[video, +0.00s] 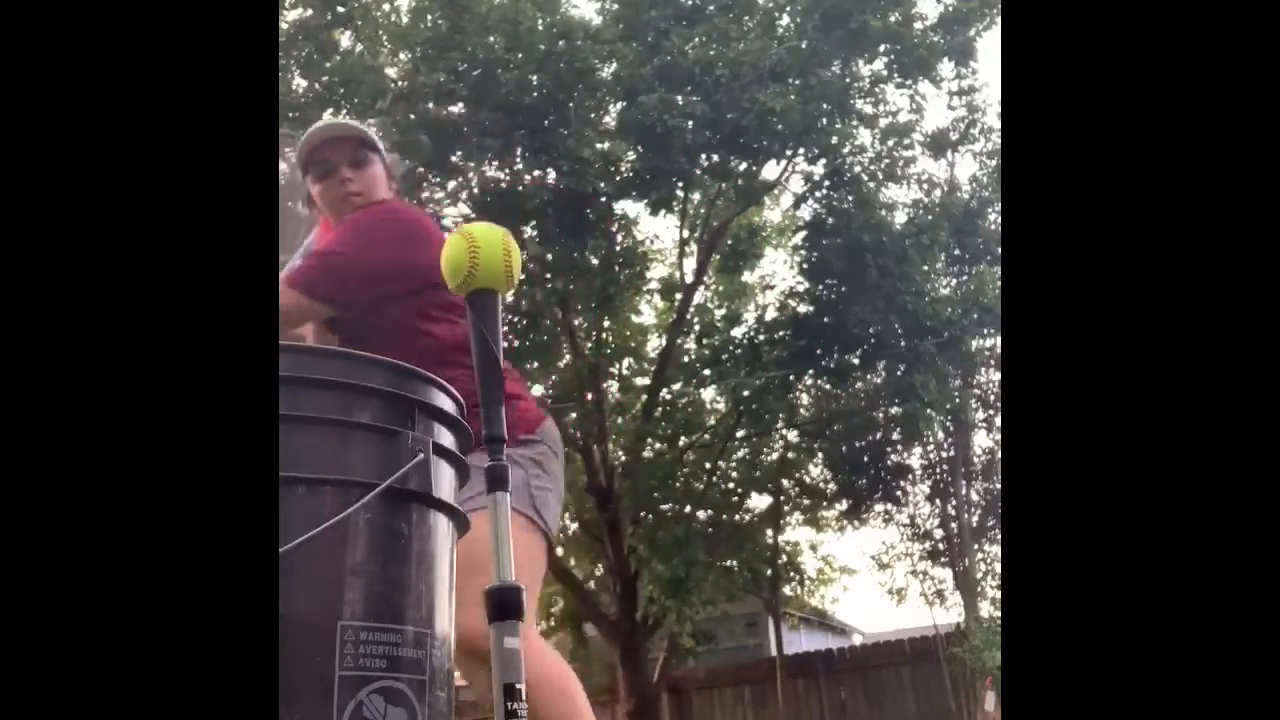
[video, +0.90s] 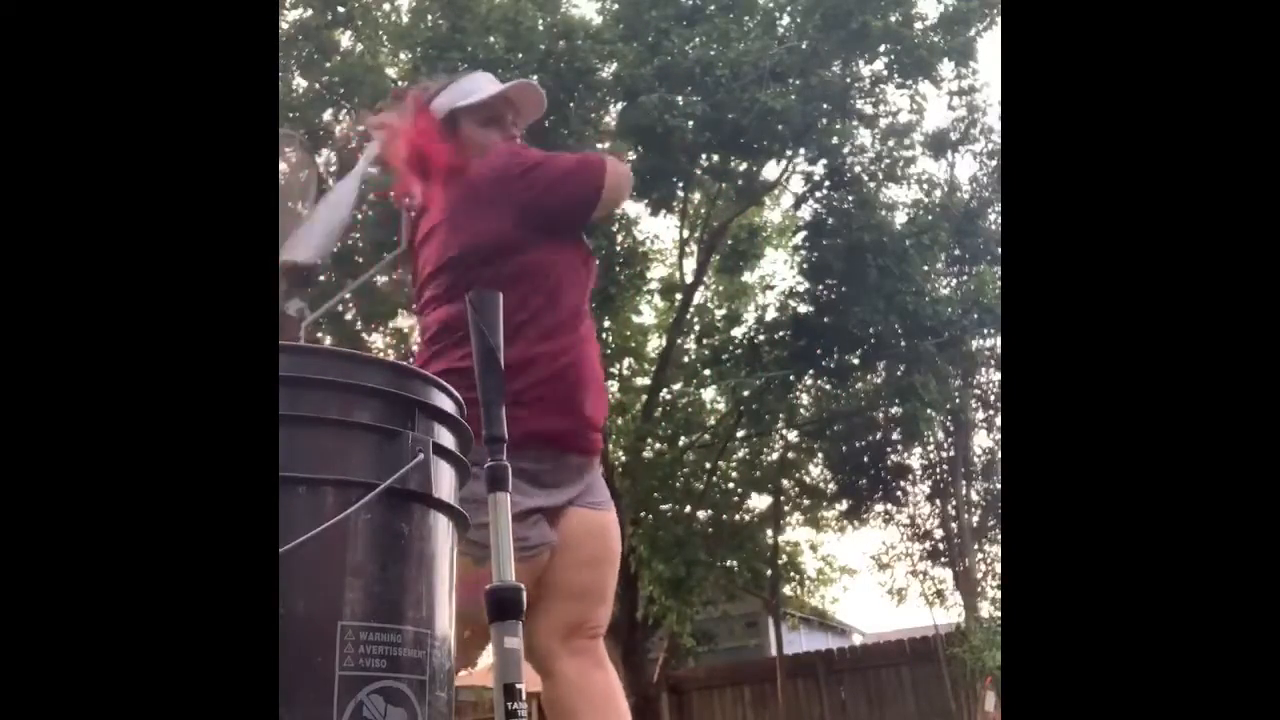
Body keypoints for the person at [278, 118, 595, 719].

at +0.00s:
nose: (346, 177)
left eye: (360, 160)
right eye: (325, 170)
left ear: (387, 172)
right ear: (312, 197)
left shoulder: (390, 224)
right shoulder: (327, 245)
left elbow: (283, 307)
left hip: (503, 435)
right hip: (428, 445)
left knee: (481, 622)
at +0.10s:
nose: (358, 166)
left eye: (372, 148)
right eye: (338, 159)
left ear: (397, 157)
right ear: (323, 184)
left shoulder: (402, 209)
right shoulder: (355, 244)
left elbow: (287, 274)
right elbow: (327, 343)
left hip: (521, 433)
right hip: (452, 447)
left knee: (525, 621)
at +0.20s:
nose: (380, 153)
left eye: (393, 136)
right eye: (358, 146)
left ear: (419, 147)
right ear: (341, 175)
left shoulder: (440, 192)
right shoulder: (369, 250)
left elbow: (291, 246)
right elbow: (342, 329)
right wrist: (281, 300)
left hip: (540, 443)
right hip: (444, 459)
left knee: (565, 626)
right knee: (399, 622)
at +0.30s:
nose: (408, 157)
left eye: (420, 139)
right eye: (386, 151)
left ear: (447, 144)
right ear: (369, 174)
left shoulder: (504, 187)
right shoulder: (368, 237)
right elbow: (342, 350)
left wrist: (292, 256)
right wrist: (286, 307)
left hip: (542, 468)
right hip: (431, 475)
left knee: (579, 627)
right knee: (395, 636)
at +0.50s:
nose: (465, 160)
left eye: (467, 148)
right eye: (446, 148)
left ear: (472, 152)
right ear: (396, 161)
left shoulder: (474, 218)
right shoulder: (408, 224)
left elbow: (550, 221)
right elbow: (538, 217)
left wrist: (635, 192)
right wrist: (644, 188)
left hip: (563, 458)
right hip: (488, 461)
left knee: (578, 644)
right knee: (445, 659)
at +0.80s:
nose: (510, 130)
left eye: (510, 118)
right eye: (487, 120)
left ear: (515, 123)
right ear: (441, 139)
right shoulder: (474, 183)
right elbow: (598, 167)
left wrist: (534, 168)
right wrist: (533, 163)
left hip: (573, 465)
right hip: (494, 470)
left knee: (577, 645)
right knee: (438, 658)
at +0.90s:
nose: (510, 132)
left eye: (510, 119)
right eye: (488, 120)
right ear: (447, 134)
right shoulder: (486, 180)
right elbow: (615, 178)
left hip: (571, 466)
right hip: (489, 470)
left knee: (578, 644)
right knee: (443, 661)